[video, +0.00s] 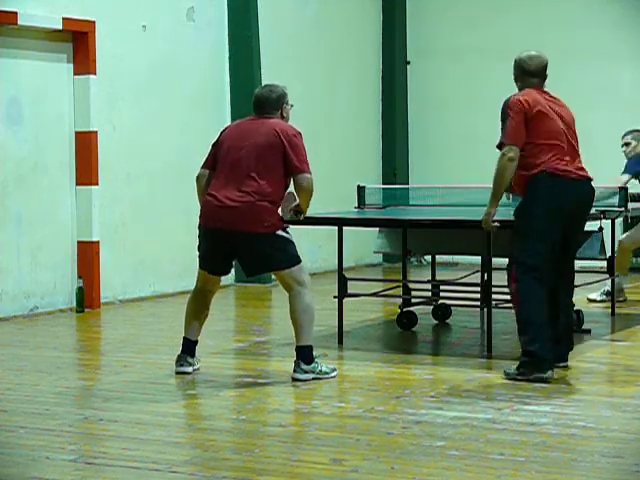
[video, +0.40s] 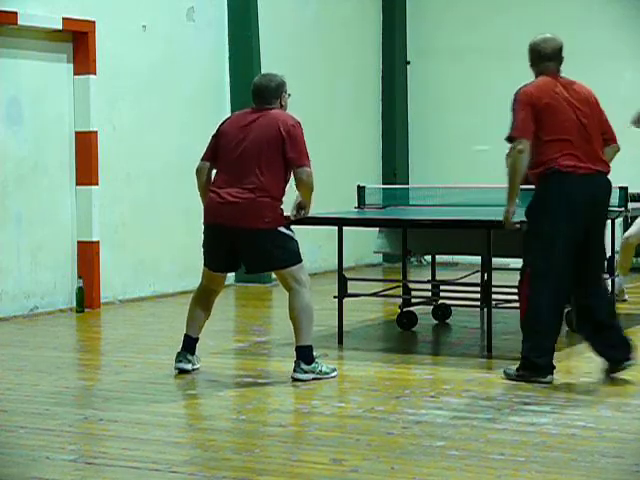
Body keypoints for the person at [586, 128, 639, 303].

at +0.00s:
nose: (624, 149)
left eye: (627, 144)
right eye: (623, 145)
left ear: (638, 144)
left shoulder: (636, 160)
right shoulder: (632, 161)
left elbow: (622, 182)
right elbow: (621, 182)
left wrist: (599, 196)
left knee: (625, 243)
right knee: (625, 243)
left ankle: (616, 286)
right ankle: (616, 286)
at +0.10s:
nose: (630, 141)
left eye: (632, 137)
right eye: (629, 138)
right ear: (632, 140)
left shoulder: (638, 156)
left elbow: (635, 175)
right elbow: (636, 175)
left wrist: (622, 185)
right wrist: (622, 186)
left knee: (629, 240)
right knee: (629, 240)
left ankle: (618, 284)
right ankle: (618, 284)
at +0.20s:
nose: (636, 125)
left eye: (637, 121)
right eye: (636, 121)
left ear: (639, 122)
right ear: (634, 122)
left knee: (629, 242)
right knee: (628, 241)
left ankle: (619, 284)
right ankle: (619, 284)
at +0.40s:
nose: (636, 129)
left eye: (636, 126)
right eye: (636, 126)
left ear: (636, 123)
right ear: (635, 123)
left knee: (629, 239)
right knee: (628, 239)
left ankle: (620, 280)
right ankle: (620, 280)